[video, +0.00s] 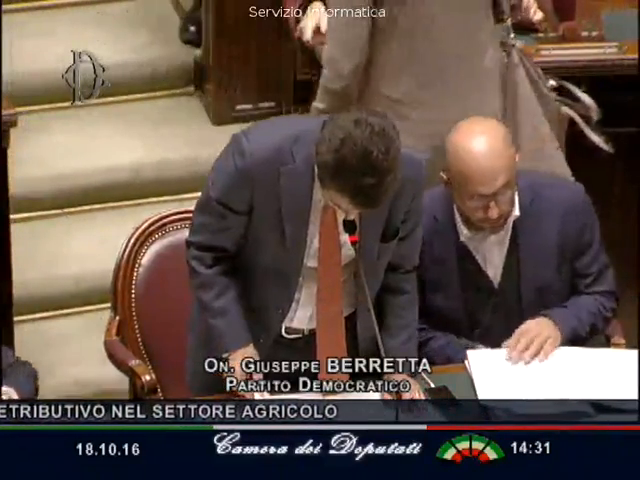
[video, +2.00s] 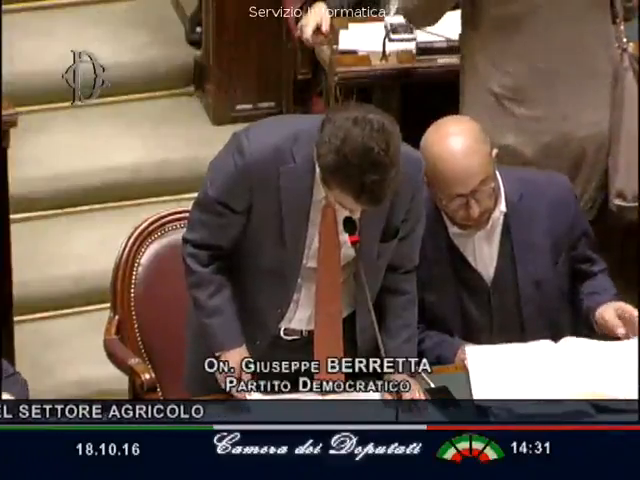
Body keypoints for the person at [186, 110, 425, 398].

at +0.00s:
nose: (349, 215)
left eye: (362, 208)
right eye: (340, 204)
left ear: (388, 178)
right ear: (321, 169)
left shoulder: (406, 176)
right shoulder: (252, 159)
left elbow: (401, 276)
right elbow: (207, 253)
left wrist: (401, 367)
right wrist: (236, 344)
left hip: (348, 337)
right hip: (263, 341)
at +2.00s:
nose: (353, 213)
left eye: (365, 206)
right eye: (343, 202)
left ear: (390, 174)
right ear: (322, 167)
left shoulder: (407, 173)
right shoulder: (253, 158)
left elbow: (401, 275)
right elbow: (202, 250)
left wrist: (401, 367)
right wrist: (229, 346)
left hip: (348, 337)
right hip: (261, 341)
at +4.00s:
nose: (352, 213)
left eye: (365, 204)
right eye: (342, 200)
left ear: (392, 175)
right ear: (324, 162)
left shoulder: (410, 176)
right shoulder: (256, 156)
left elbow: (403, 276)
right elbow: (206, 248)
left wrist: (401, 366)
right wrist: (232, 342)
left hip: (351, 336)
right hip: (265, 339)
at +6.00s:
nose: (358, 214)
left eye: (370, 205)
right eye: (348, 202)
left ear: (398, 175)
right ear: (326, 161)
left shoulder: (409, 175)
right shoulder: (256, 157)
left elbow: (403, 275)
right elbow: (207, 250)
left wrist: (400, 366)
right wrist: (231, 345)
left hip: (350, 336)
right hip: (264, 340)